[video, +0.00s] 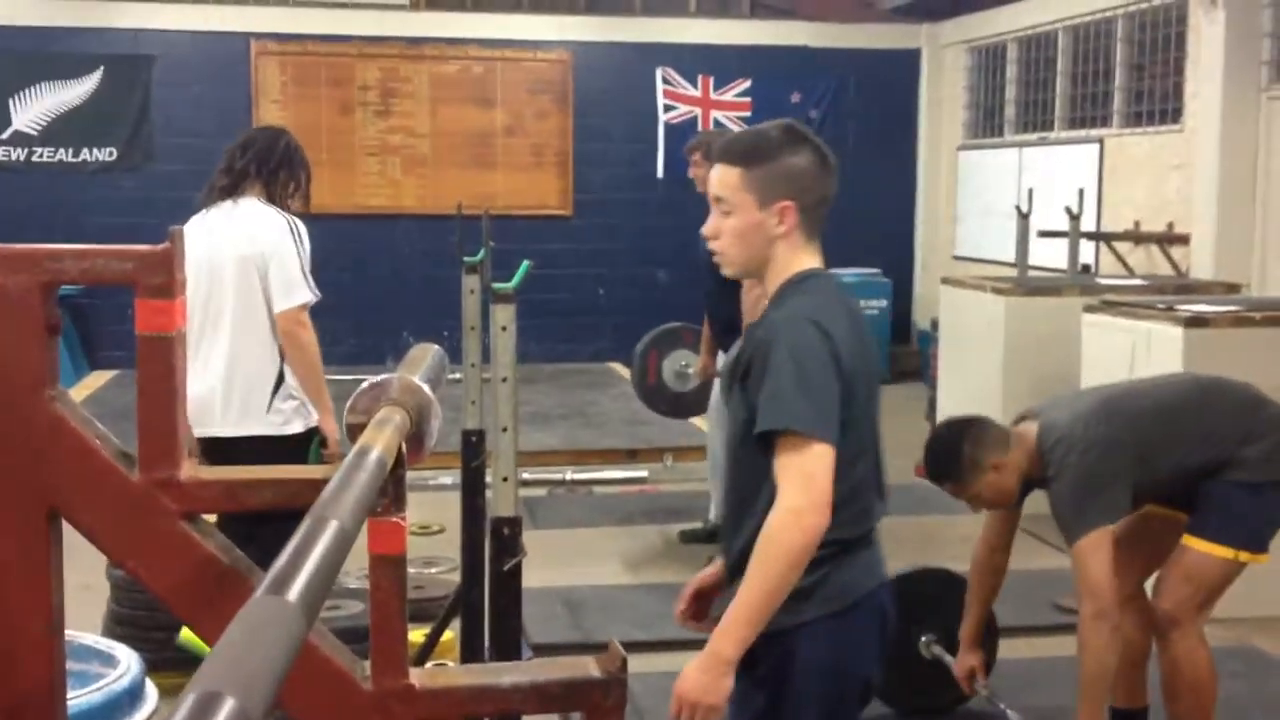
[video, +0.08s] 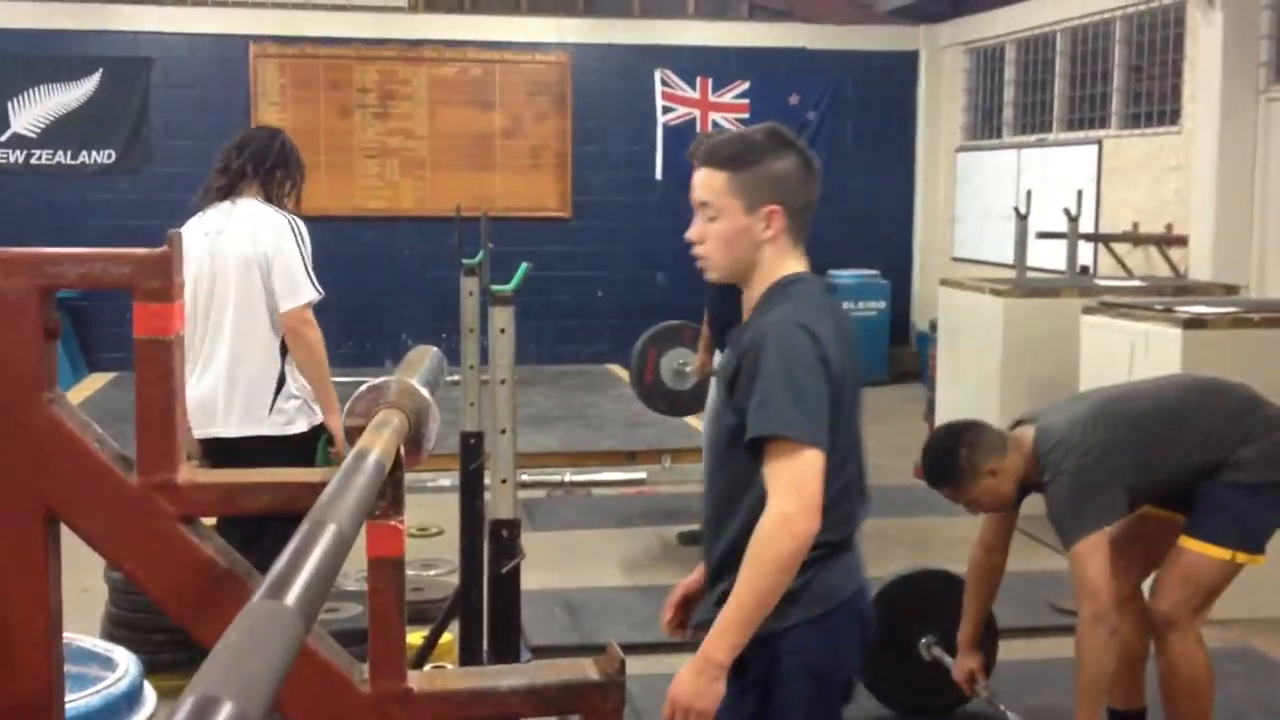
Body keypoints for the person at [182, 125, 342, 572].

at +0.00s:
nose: (298, 194)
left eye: (300, 184)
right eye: (297, 183)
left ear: (236, 169)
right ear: (285, 177)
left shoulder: (193, 228)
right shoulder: (278, 227)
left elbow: (177, 327)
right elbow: (293, 327)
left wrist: (183, 421)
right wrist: (326, 414)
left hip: (209, 426)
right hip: (274, 426)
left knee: (238, 547)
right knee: (286, 552)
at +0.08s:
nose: (294, 192)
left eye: (295, 183)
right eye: (293, 182)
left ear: (232, 170)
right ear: (280, 177)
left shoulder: (190, 231)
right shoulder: (278, 226)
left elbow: (176, 330)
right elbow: (298, 324)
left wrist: (183, 422)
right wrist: (331, 411)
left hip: (209, 426)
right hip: (276, 425)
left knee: (238, 544)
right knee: (288, 547)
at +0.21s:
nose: (289, 190)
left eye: (288, 181)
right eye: (286, 180)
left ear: (224, 172)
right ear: (274, 177)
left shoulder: (184, 236)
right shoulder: (277, 228)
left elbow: (172, 333)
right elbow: (304, 324)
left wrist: (182, 414)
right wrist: (341, 412)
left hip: (212, 426)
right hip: (284, 424)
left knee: (237, 545)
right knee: (295, 548)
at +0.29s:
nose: (287, 193)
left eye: (286, 184)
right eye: (285, 182)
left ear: (221, 175)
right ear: (273, 180)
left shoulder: (182, 241)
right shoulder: (276, 231)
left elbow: (173, 338)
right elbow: (304, 328)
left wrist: (183, 423)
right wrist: (344, 407)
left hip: (214, 430)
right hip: (285, 425)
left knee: (264, 544)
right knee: (308, 541)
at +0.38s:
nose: (286, 195)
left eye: (286, 186)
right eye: (284, 185)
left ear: (221, 178)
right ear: (273, 183)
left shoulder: (182, 244)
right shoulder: (275, 234)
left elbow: (175, 344)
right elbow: (305, 331)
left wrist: (184, 430)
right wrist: (346, 406)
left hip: (217, 431)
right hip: (287, 421)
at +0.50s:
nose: (288, 201)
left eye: (288, 192)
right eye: (286, 191)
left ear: (225, 183)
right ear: (275, 188)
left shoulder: (185, 247)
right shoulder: (278, 237)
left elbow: (176, 345)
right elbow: (306, 334)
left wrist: (178, 429)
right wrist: (348, 413)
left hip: (220, 424)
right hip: (284, 415)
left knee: (248, 546)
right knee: (375, 442)